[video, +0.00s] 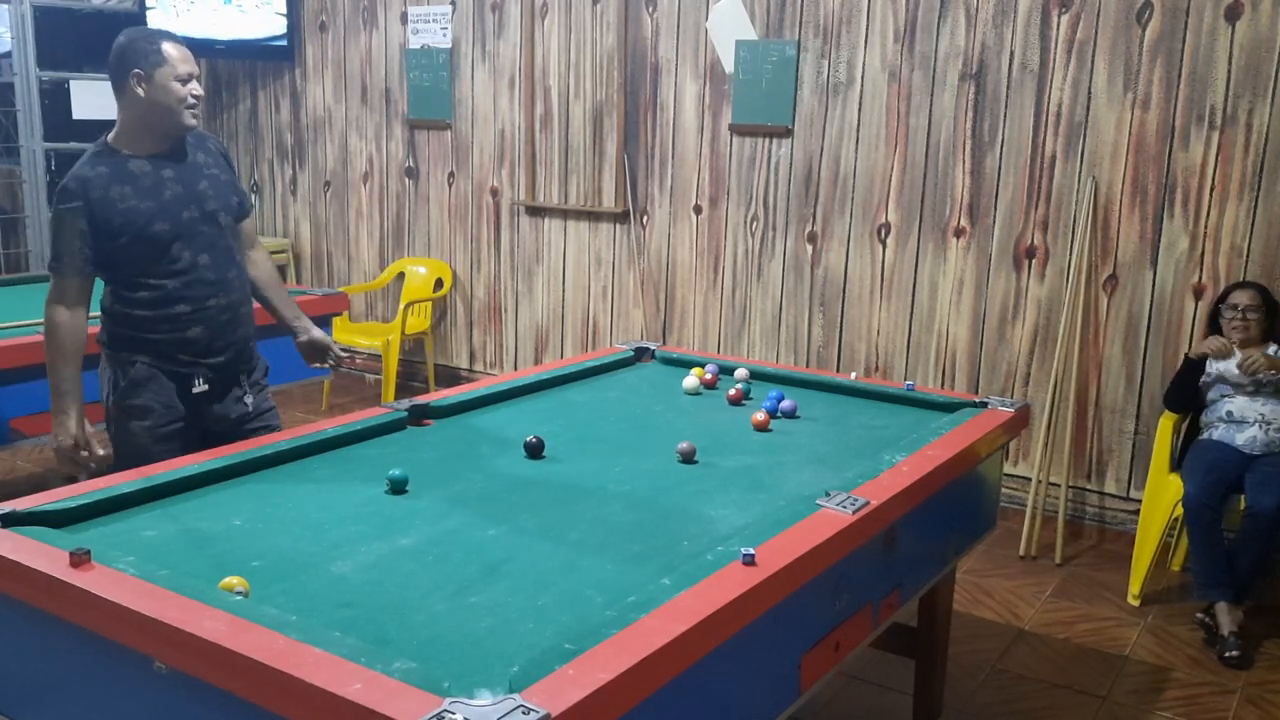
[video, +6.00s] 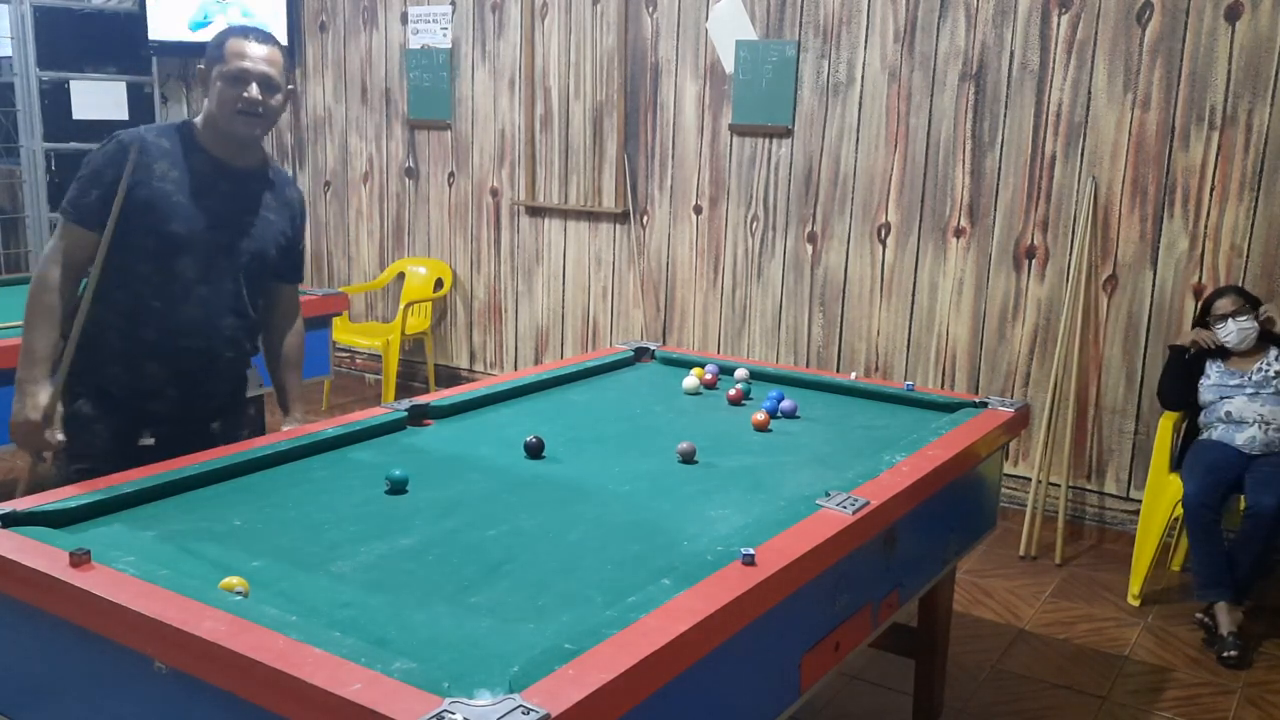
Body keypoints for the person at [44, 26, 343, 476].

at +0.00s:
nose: (198, 93)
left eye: (198, 81)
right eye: (184, 80)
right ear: (138, 84)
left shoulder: (210, 154)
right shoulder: (87, 185)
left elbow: (250, 251)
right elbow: (67, 303)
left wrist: (303, 328)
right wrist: (67, 416)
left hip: (239, 376)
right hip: (149, 388)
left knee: (274, 518)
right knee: (163, 531)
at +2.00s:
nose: (318, 95)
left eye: (329, 87)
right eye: (304, 83)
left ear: (337, 96)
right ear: (275, 87)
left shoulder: (345, 153)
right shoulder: (246, 149)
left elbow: (384, 112)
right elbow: (214, 148)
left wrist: (436, 68)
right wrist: (204, 102)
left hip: (334, 351)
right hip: (261, 352)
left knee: (334, 485)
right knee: (267, 488)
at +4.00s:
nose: (150, 81)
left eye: (160, 69)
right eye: (133, 69)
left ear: (175, 80)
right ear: (96, 78)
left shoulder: (201, 158)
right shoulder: (72, 176)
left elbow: (244, 259)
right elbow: (59, 296)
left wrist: (283, 345)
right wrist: (50, 406)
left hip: (225, 377)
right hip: (134, 387)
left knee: (258, 521)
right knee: (154, 535)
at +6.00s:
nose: (253, 94)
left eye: (268, 86)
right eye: (237, 80)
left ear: (284, 103)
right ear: (204, 84)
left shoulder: (284, 198)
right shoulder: (131, 156)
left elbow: (283, 316)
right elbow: (61, 265)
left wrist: (296, 414)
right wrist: (33, 382)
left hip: (215, 414)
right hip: (108, 410)